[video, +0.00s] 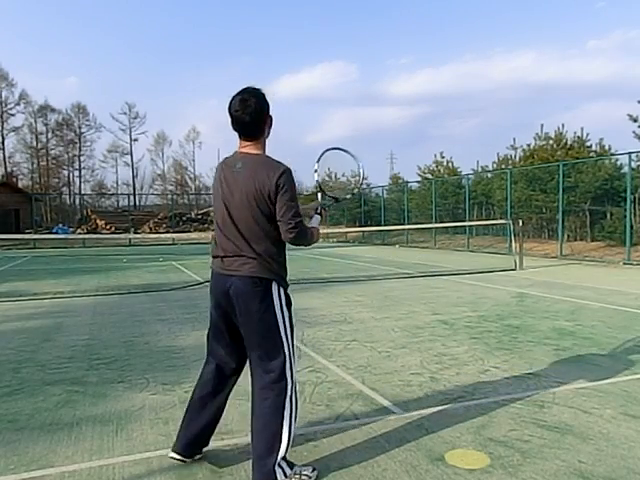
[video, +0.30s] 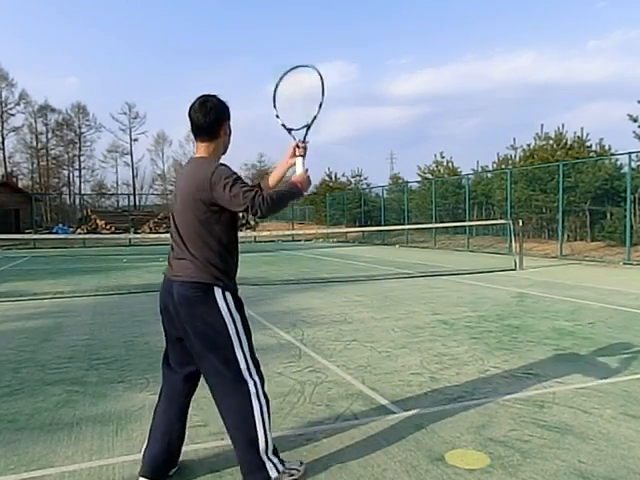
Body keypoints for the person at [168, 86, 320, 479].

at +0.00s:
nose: (271, 120)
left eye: (267, 114)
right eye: (270, 115)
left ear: (233, 125)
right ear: (268, 122)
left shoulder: (224, 169)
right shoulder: (276, 173)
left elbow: (234, 218)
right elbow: (291, 230)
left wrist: (288, 218)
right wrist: (313, 234)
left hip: (222, 281)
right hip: (260, 284)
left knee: (221, 362)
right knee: (273, 373)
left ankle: (187, 444)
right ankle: (272, 466)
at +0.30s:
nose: (231, 130)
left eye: (229, 124)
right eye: (231, 124)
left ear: (193, 132)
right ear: (225, 129)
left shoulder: (187, 173)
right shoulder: (215, 174)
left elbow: (247, 197)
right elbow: (258, 205)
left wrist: (283, 166)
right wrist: (296, 188)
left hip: (176, 289)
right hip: (209, 292)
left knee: (178, 378)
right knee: (243, 380)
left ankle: (156, 465)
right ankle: (265, 468)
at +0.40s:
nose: (225, 127)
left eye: (223, 121)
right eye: (224, 121)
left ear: (188, 122)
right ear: (219, 121)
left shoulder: (181, 162)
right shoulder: (199, 162)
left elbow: (241, 177)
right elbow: (245, 176)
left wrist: (273, 147)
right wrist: (286, 153)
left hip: (167, 280)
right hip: (194, 283)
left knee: (173, 375)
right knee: (226, 376)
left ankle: (154, 465)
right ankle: (214, 466)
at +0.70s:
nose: (215, 148)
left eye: (217, 143)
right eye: (210, 142)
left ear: (177, 144)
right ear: (198, 144)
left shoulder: (201, 185)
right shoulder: (168, 180)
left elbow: (248, 179)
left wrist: (293, 156)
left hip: (155, 300)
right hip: (170, 305)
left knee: (157, 369)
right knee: (207, 389)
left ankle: (89, 429)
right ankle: (174, 466)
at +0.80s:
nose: (214, 155)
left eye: (214, 147)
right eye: (209, 147)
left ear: (173, 150)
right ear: (195, 151)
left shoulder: (196, 190)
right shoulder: (166, 190)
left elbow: (246, 188)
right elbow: (167, 202)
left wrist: (293, 177)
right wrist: (204, 152)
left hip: (142, 304)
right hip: (160, 310)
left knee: (148, 365)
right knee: (204, 385)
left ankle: (85, 425)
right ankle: (175, 466)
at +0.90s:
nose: (203, 161)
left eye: (201, 156)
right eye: (200, 156)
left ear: (167, 158)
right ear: (189, 160)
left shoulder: (178, 196)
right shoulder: (161, 198)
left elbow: (224, 194)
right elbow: (149, 226)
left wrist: (281, 185)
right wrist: (180, 190)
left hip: (130, 306)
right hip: (153, 312)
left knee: (142, 362)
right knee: (198, 382)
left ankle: (81, 424)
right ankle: (174, 466)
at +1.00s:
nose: (190, 159)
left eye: (187, 153)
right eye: (187, 153)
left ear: (155, 161)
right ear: (179, 158)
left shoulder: (169, 194)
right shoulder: (145, 202)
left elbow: (218, 191)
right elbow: (140, 228)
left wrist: (268, 184)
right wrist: (164, 213)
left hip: (118, 304)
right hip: (142, 310)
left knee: (134, 359)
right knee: (190, 378)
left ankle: (83, 425)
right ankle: (173, 465)